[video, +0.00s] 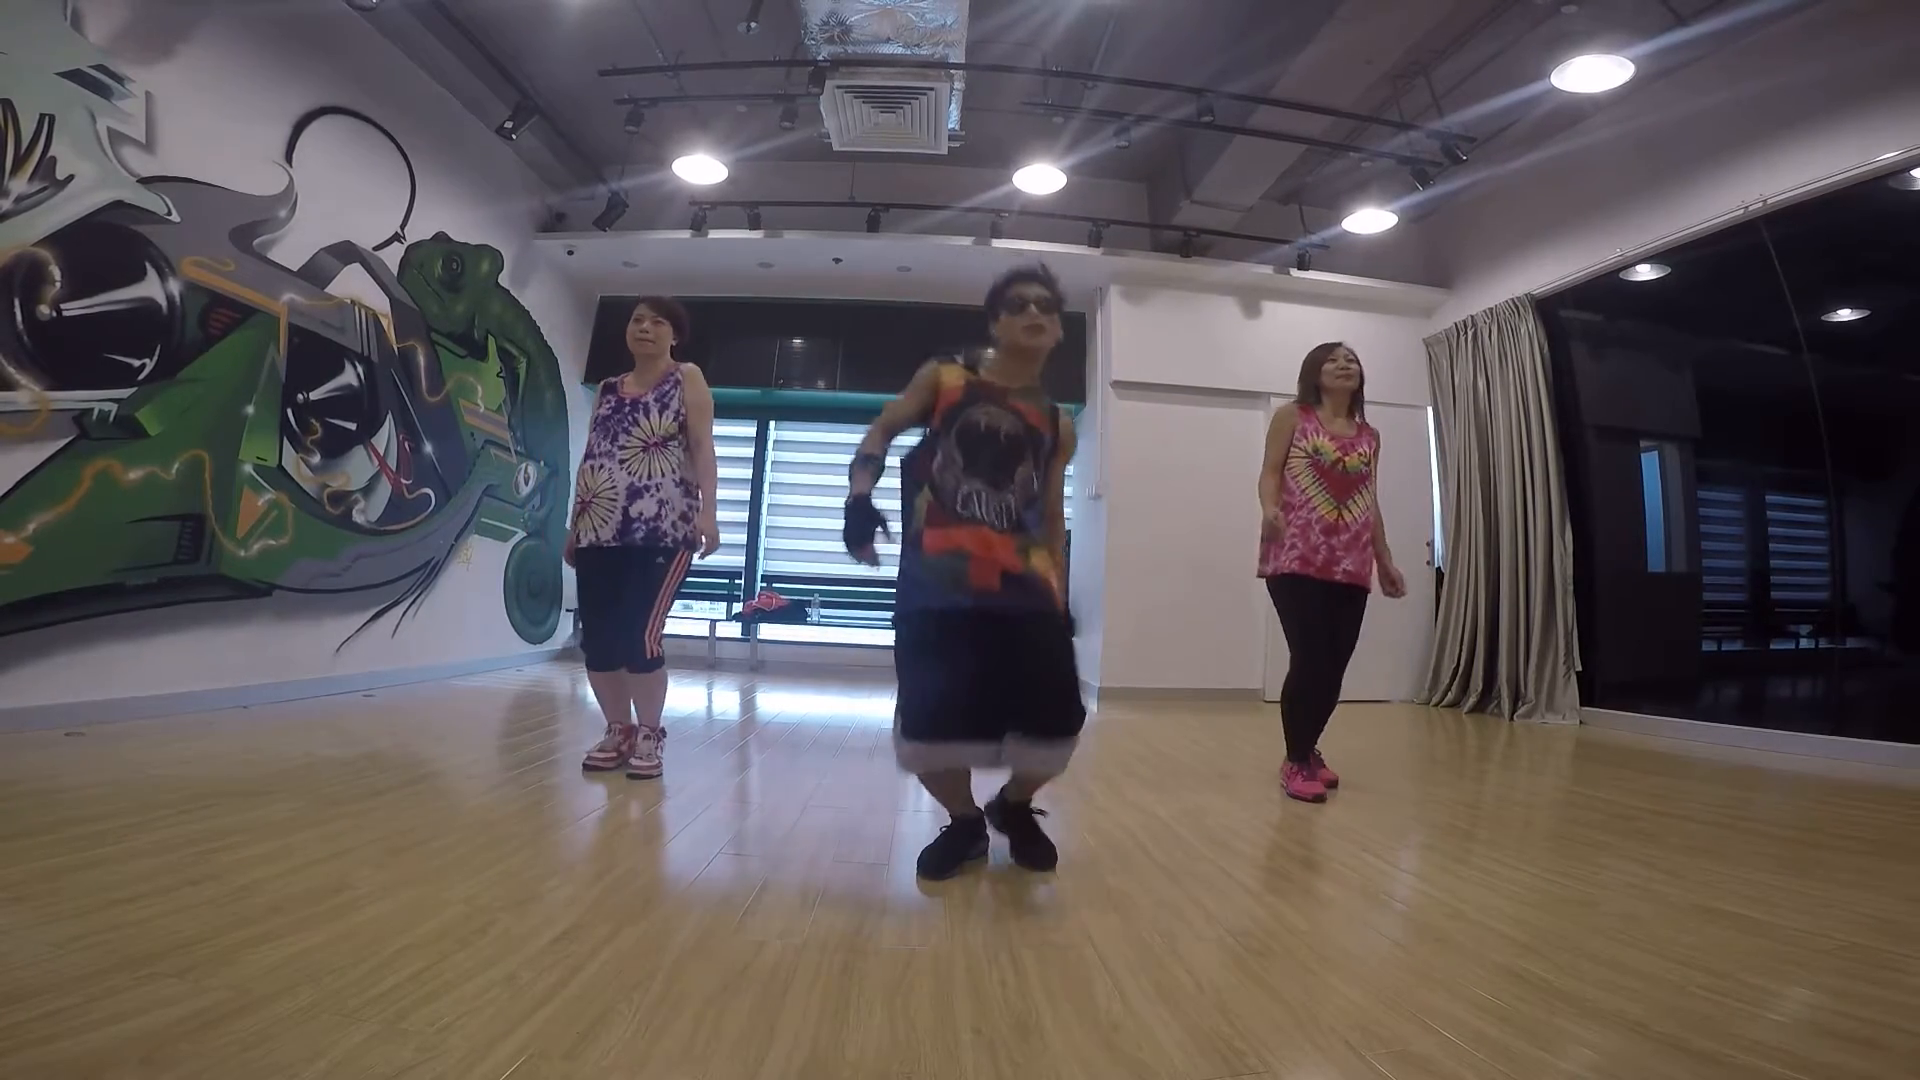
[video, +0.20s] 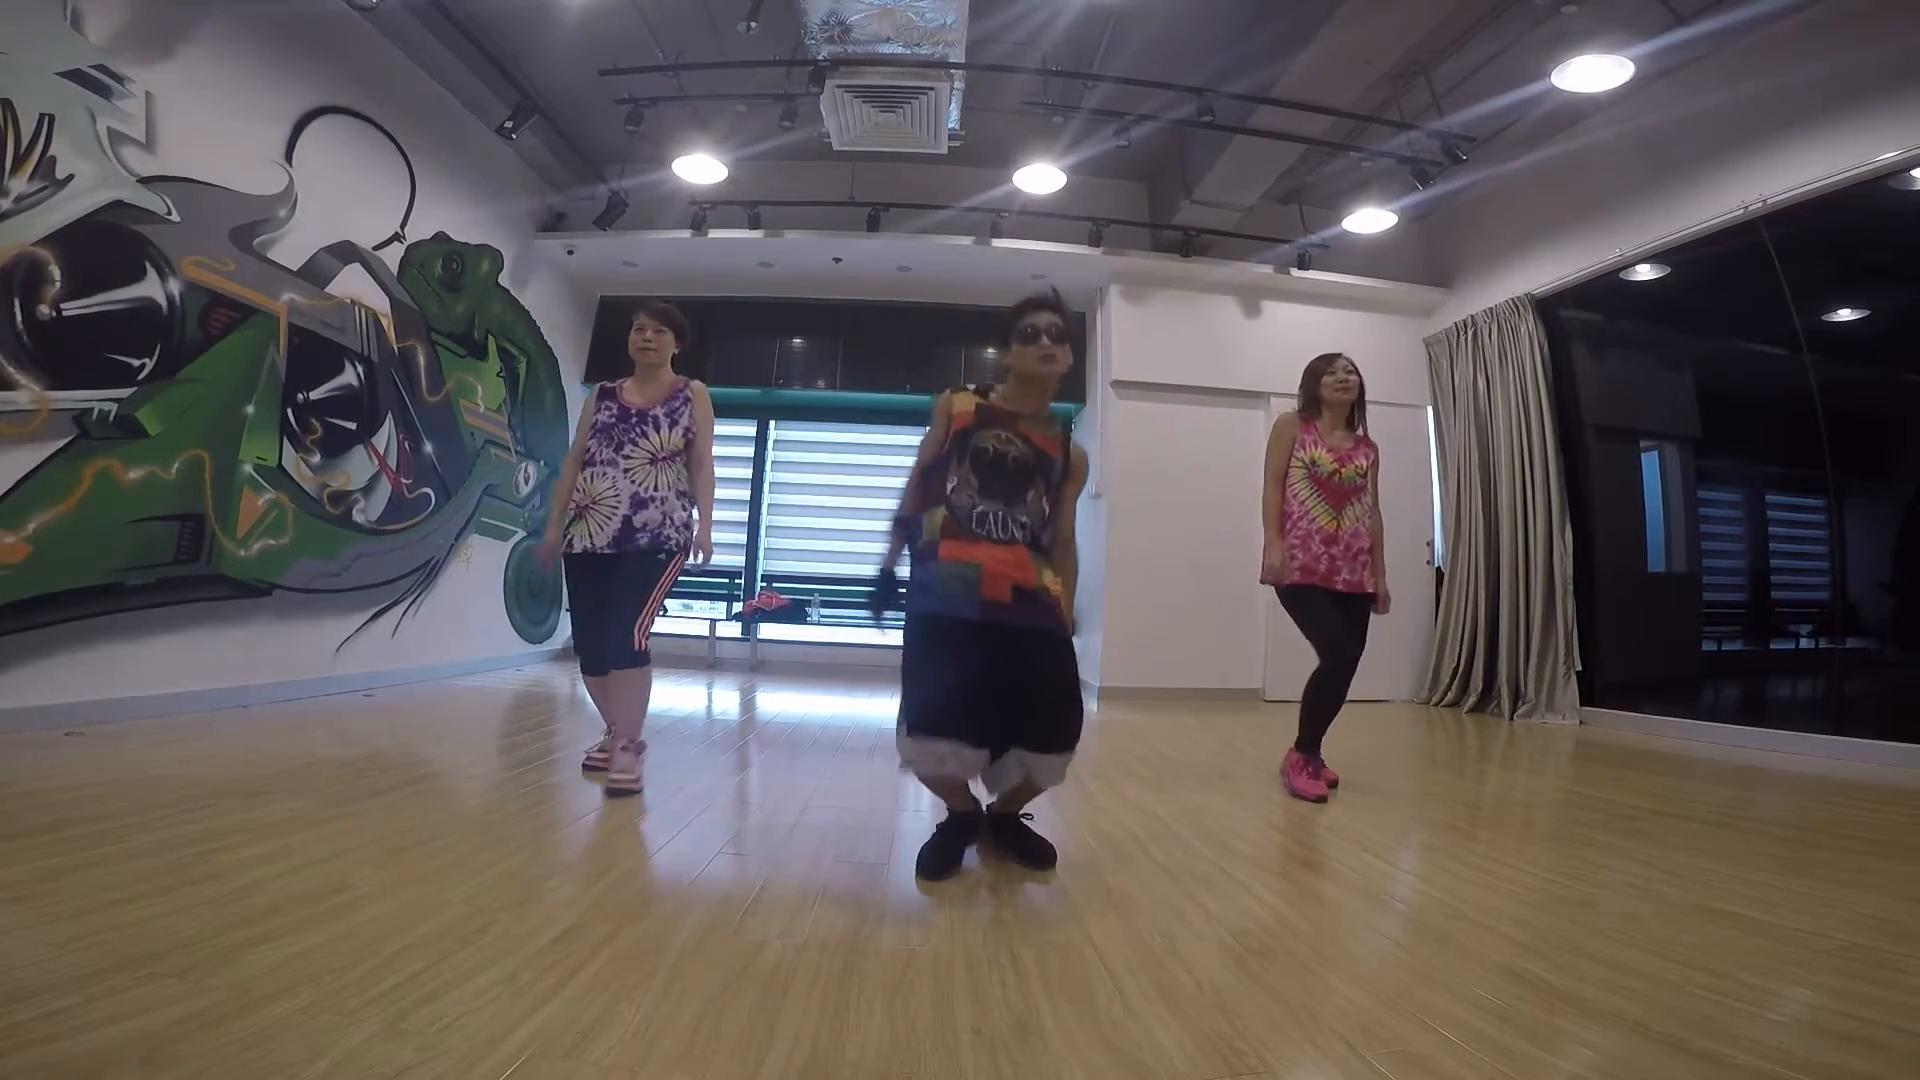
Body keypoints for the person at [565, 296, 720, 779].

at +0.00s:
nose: (645, 327)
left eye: (657, 321)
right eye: (637, 320)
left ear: (675, 336)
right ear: (626, 332)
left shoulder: (687, 378)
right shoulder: (609, 388)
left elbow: (703, 449)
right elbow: (592, 461)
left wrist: (708, 511)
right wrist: (576, 525)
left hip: (663, 530)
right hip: (599, 530)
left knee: (639, 636)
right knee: (599, 640)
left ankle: (649, 735)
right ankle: (618, 733)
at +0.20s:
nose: (646, 338)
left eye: (657, 332)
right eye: (639, 332)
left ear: (676, 343)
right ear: (627, 341)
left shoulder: (692, 395)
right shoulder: (600, 397)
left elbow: (701, 464)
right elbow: (574, 462)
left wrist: (704, 522)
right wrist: (554, 525)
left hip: (655, 538)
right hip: (589, 537)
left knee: (627, 637)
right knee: (589, 647)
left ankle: (629, 747)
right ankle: (615, 732)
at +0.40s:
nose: (664, 325)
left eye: (675, 319)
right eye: (655, 318)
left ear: (692, 334)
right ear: (642, 330)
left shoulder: (702, 391)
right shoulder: (608, 374)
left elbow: (703, 459)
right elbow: (571, 436)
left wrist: (704, 519)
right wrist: (547, 497)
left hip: (659, 528)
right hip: (592, 523)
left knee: (634, 622)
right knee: (600, 632)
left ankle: (618, 737)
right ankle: (623, 733)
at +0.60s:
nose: (669, 332)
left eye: (681, 326)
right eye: (662, 325)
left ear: (698, 341)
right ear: (650, 335)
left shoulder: (707, 397)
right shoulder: (616, 379)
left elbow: (706, 466)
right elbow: (577, 439)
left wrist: (707, 524)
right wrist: (548, 495)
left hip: (660, 535)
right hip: (594, 528)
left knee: (642, 634)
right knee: (595, 638)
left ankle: (659, 732)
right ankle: (619, 732)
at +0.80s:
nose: (672, 332)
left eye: (683, 326)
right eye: (664, 325)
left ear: (700, 340)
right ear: (652, 336)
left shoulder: (711, 395)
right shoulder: (619, 383)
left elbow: (715, 462)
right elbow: (586, 449)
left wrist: (711, 515)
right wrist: (563, 507)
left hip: (665, 534)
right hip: (600, 528)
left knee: (654, 635)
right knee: (600, 636)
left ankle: (660, 733)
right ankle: (620, 731)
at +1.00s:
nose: (669, 325)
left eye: (681, 319)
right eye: (661, 318)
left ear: (697, 336)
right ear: (649, 332)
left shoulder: (708, 389)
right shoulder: (616, 381)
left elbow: (713, 455)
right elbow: (586, 448)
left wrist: (709, 503)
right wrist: (561, 508)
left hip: (666, 528)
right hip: (601, 525)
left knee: (652, 628)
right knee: (603, 633)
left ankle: (661, 725)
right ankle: (620, 730)